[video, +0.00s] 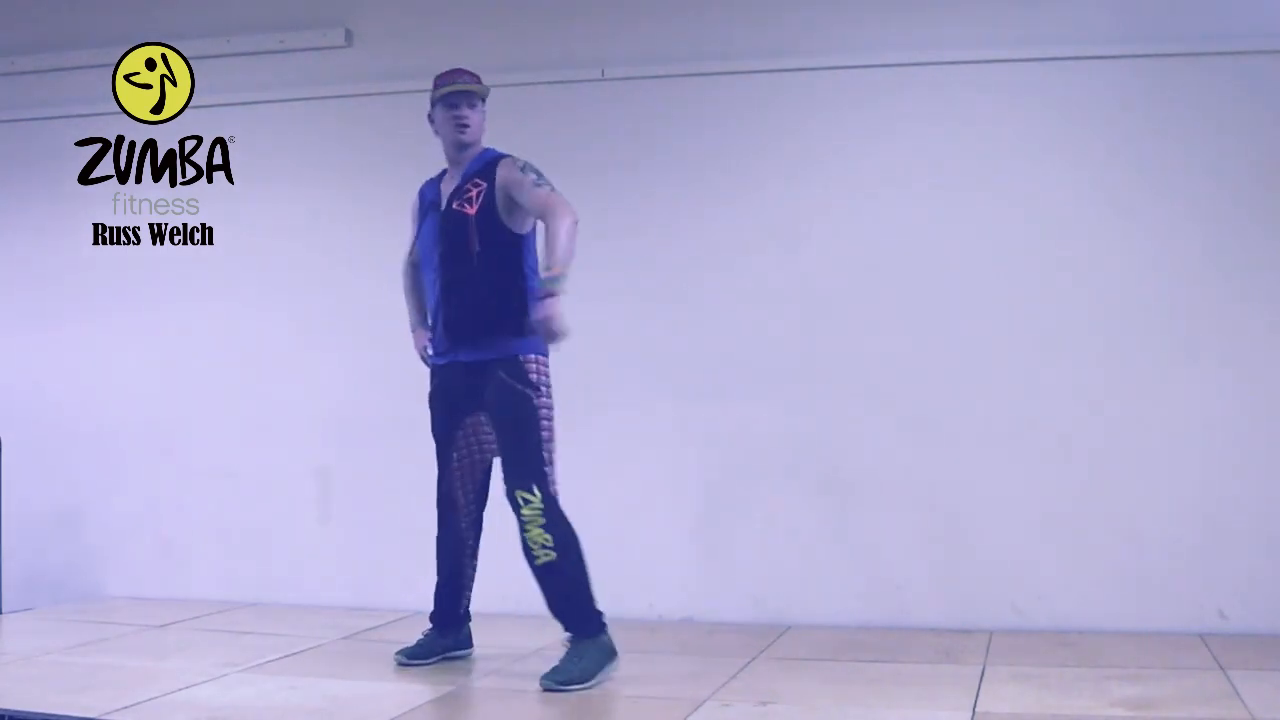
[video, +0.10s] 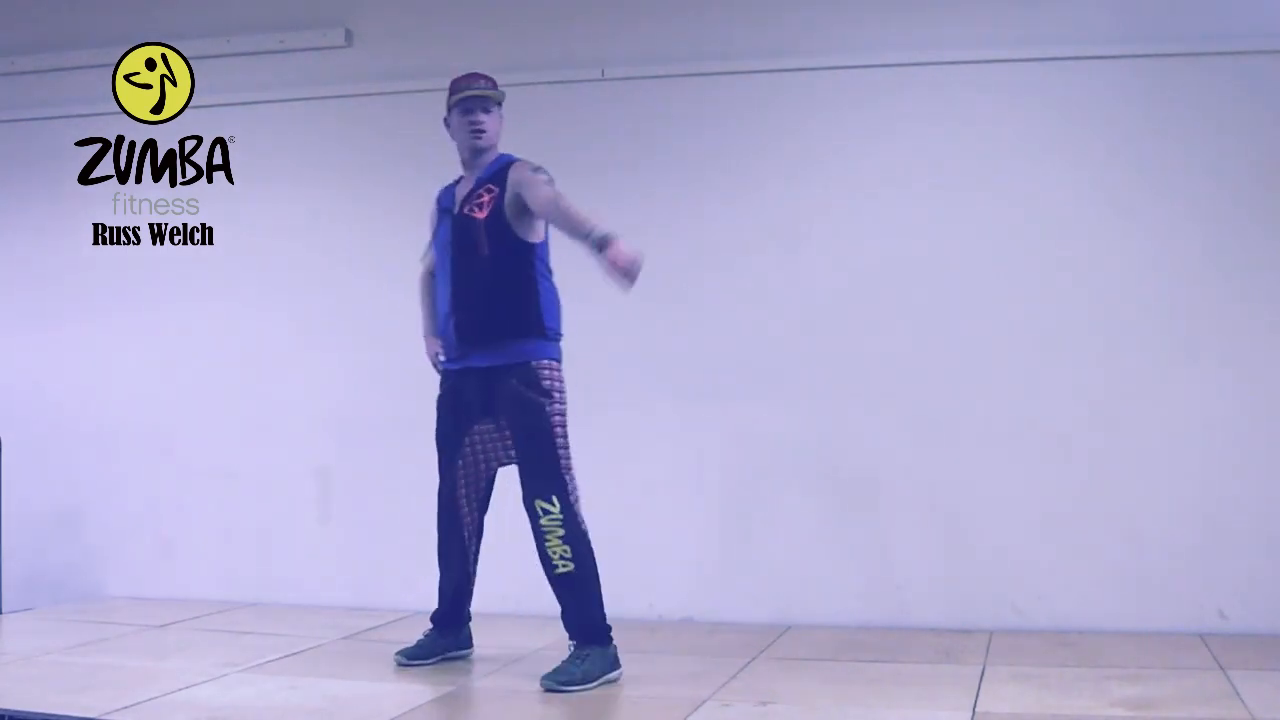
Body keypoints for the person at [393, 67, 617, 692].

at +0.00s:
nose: (462, 113)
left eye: (471, 103)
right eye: (450, 104)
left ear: (485, 114)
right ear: (432, 118)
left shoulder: (506, 171)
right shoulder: (428, 194)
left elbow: (562, 215)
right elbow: (414, 267)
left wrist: (551, 290)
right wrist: (418, 323)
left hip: (514, 363)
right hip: (452, 368)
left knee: (533, 503)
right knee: (456, 506)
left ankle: (590, 638)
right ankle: (450, 629)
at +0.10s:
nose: (476, 119)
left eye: (485, 109)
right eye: (464, 112)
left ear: (502, 119)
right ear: (448, 125)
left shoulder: (520, 176)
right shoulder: (445, 199)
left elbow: (560, 210)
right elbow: (430, 270)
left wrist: (605, 243)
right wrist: (430, 327)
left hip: (527, 368)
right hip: (464, 373)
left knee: (551, 507)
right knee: (457, 505)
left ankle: (594, 646)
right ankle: (451, 630)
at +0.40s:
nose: (508, 127)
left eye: (517, 116)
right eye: (495, 120)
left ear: (539, 123)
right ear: (482, 136)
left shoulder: (572, 179)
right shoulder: (491, 209)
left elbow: (652, 172)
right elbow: (494, 285)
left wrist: (593, 123)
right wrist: (497, 352)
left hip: (580, 371)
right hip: (518, 376)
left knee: (567, 509)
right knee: (465, 486)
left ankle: (596, 648)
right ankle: (543, 590)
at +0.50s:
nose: (518, 118)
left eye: (527, 106)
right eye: (506, 110)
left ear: (547, 115)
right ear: (492, 124)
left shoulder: (579, 172)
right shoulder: (494, 199)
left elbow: (653, 202)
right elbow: (491, 276)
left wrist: (599, 130)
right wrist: (494, 341)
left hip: (582, 365)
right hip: (521, 370)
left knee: (574, 504)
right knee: (507, 499)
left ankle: (595, 648)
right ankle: (593, 617)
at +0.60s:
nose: (525, 113)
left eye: (536, 102)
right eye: (514, 105)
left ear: (556, 110)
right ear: (501, 116)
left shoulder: (585, 172)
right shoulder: (500, 193)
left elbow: (648, 206)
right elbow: (489, 268)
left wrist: (632, 136)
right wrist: (487, 331)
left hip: (580, 364)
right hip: (522, 369)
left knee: (579, 503)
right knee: (541, 505)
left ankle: (597, 647)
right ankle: (615, 628)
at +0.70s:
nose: (519, 112)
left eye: (532, 102)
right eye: (512, 102)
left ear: (556, 112)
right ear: (502, 113)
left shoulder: (583, 173)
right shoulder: (503, 192)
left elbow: (649, 215)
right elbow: (495, 268)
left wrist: (623, 141)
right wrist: (496, 332)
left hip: (580, 363)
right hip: (524, 367)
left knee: (570, 501)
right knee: (504, 499)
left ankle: (593, 649)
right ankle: (596, 612)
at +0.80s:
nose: (508, 120)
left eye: (522, 111)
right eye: (506, 112)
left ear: (553, 126)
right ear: (506, 126)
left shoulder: (578, 190)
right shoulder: (508, 200)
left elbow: (640, 249)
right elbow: (521, 285)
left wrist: (600, 170)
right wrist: (514, 360)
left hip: (577, 372)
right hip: (521, 374)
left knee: (562, 513)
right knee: (460, 485)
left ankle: (596, 651)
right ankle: (538, 594)